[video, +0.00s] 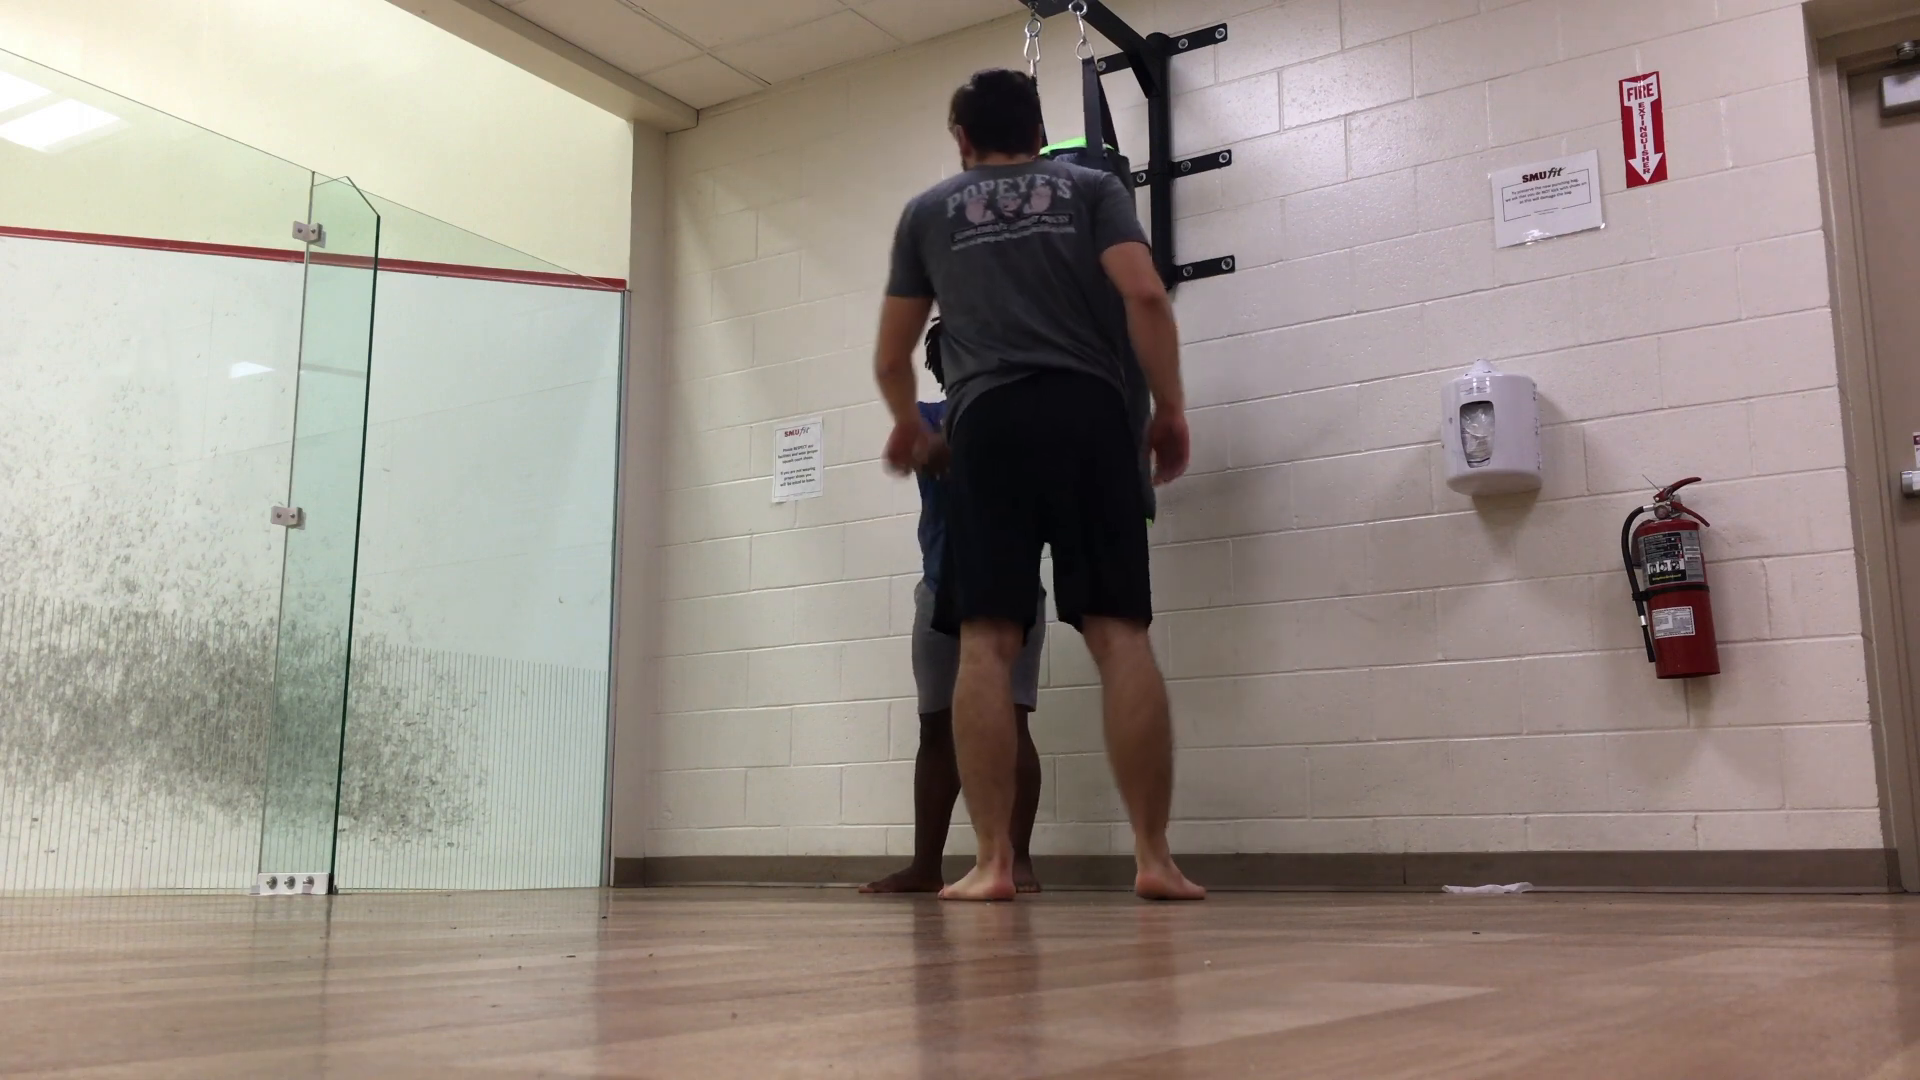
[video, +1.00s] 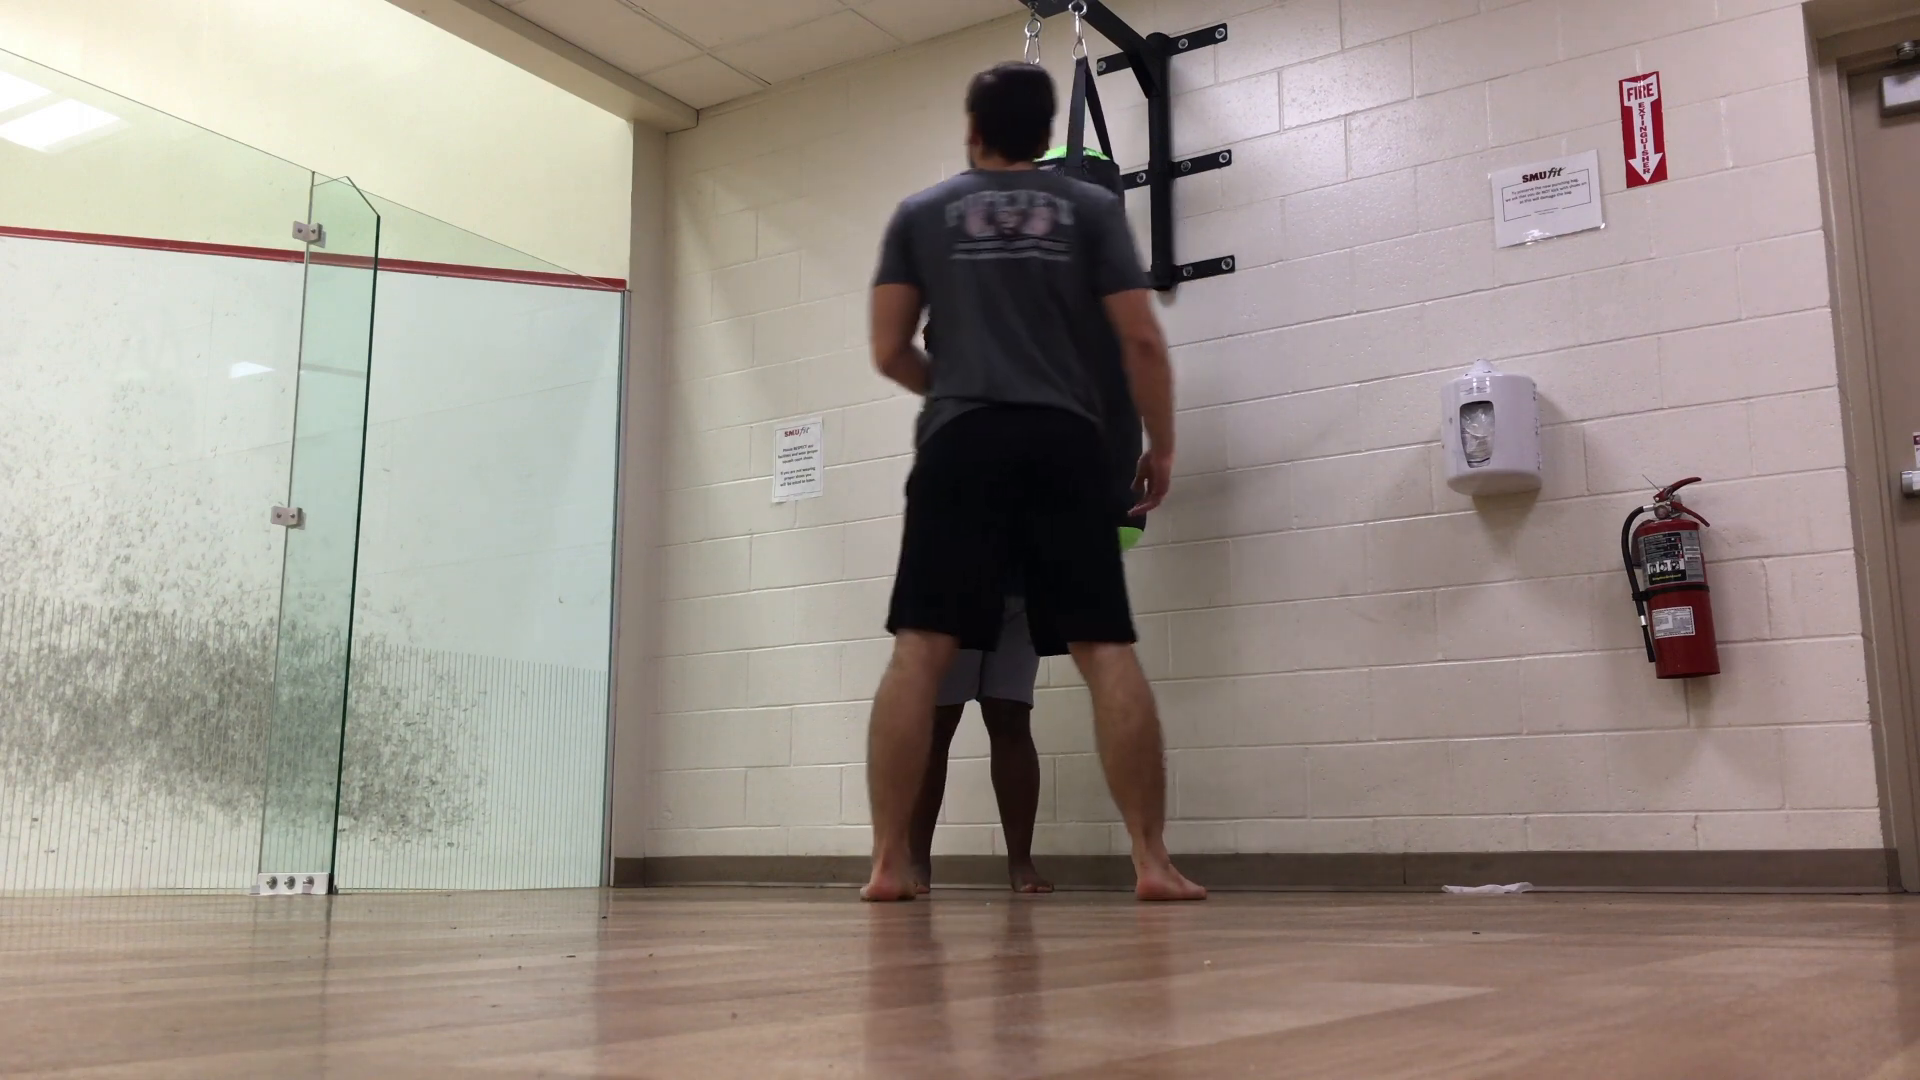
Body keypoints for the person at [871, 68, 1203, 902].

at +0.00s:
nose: (953, 150)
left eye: (952, 140)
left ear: (961, 141)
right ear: (1040, 133)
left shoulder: (927, 212)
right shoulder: (1092, 187)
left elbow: (893, 358)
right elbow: (1145, 292)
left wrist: (910, 425)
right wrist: (1171, 407)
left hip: (989, 440)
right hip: (1094, 430)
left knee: (985, 642)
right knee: (1120, 635)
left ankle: (994, 862)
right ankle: (1153, 857)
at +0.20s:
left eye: (992, 136)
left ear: (995, 139)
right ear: (1072, 130)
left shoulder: (958, 211)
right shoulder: (1125, 193)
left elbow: (939, 354)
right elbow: (1177, 306)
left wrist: (988, 416)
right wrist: (1208, 433)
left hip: (1002, 442)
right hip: (1109, 437)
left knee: (992, 645)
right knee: (1129, 641)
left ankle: (999, 862)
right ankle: (1153, 862)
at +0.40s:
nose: (1010, 141)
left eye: (1009, 129)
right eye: (1013, 130)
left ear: (1023, 129)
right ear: (1097, 129)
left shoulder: (978, 202)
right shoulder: (1146, 199)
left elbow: (954, 341)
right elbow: (1195, 321)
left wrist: (1004, 410)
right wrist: (1226, 446)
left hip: (1015, 442)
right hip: (1121, 440)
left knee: (1001, 641)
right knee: (1138, 642)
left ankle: (999, 860)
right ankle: (1153, 860)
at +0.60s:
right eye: (1104, 120)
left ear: (1020, 131)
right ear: (1102, 127)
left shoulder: (992, 197)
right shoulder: (1158, 205)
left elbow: (943, 334)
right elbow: (1201, 340)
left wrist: (984, 412)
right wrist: (1211, 459)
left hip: (1019, 443)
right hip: (1123, 445)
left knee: (983, 637)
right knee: (1140, 644)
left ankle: (998, 843)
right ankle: (1154, 861)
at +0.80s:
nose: (1013, 138)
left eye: (1012, 128)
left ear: (1013, 131)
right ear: (1096, 127)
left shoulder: (982, 199)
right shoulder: (1152, 202)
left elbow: (958, 347)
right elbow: (1197, 341)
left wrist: (995, 393)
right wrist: (1182, 449)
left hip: (1006, 439)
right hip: (1111, 445)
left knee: (937, 631)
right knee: (1131, 643)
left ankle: (918, 830)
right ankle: (1153, 860)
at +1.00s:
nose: (980, 137)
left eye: (972, 124)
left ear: (971, 133)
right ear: (1050, 136)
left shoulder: (918, 213)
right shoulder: (1091, 205)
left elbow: (889, 351)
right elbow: (1142, 335)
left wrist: (957, 386)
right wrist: (1161, 446)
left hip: (961, 448)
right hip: (1074, 450)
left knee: (920, 645)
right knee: (1107, 652)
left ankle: (891, 861)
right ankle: (1151, 858)